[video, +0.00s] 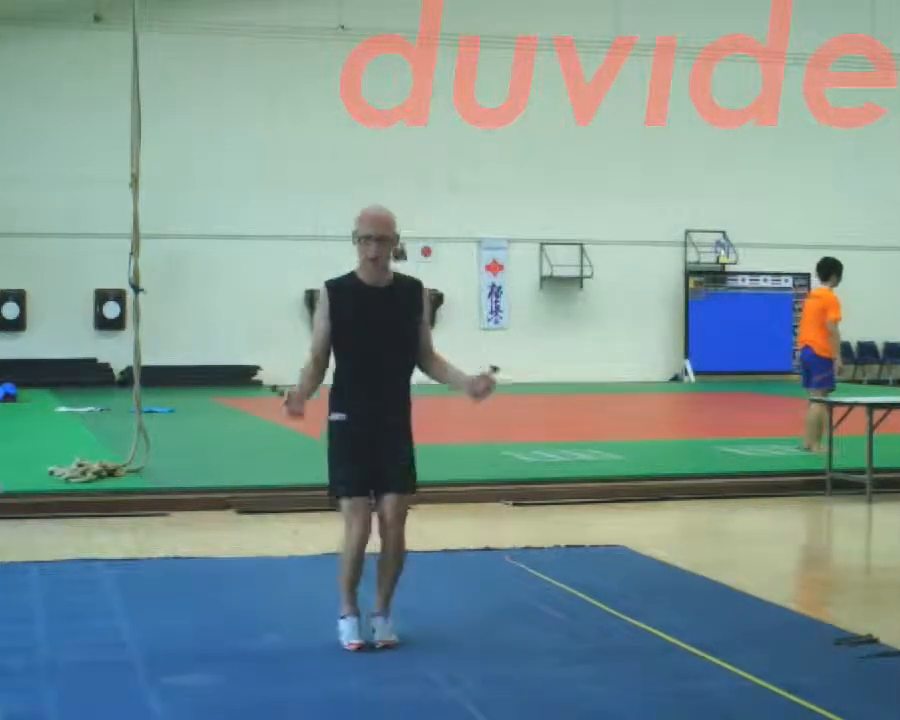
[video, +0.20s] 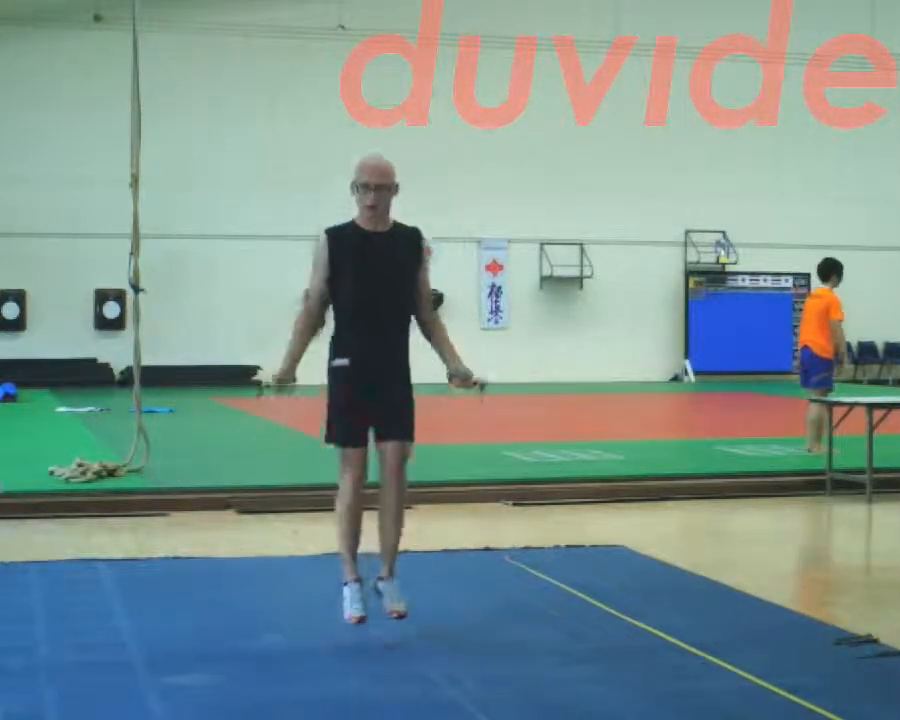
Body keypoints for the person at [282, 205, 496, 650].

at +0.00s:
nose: (374, 249)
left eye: (382, 240)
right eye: (366, 240)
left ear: (396, 243)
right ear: (355, 242)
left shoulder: (415, 294)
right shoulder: (333, 294)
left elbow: (427, 358)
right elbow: (318, 358)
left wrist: (466, 382)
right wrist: (302, 391)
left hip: (395, 417)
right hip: (348, 417)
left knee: (393, 520)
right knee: (359, 521)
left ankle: (382, 615)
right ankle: (348, 614)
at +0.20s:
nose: (373, 198)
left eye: (382, 190)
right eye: (364, 189)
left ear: (395, 192)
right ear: (353, 191)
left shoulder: (413, 242)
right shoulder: (332, 242)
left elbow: (425, 312)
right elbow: (313, 310)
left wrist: (454, 363)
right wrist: (287, 368)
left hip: (394, 369)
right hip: (349, 369)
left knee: (396, 466)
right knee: (353, 472)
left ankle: (388, 577)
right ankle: (351, 579)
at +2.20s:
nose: (347, 226)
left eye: (355, 218)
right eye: (339, 218)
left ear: (370, 218)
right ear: (327, 218)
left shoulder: (391, 268)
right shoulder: (308, 271)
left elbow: (409, 334)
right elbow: (293, 338)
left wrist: (445, 371)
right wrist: (272, 378)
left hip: (374, 396)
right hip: (326, 397)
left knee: (371, 502)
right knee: (339, 502)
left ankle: (361, 606)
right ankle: (334, 606)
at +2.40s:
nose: (344, 226)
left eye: (353, 218)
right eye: (336, 218)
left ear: (368, 220)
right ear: (326, 219)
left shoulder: (389, 272)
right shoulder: (307, 272)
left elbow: (404, 337)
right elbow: (286, 339)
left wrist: (433, 386)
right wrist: (265, 395)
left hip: (372, 400)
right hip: (325, 401)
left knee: (370, 501)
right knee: (332, 502)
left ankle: (364, 610)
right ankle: (331, 610)